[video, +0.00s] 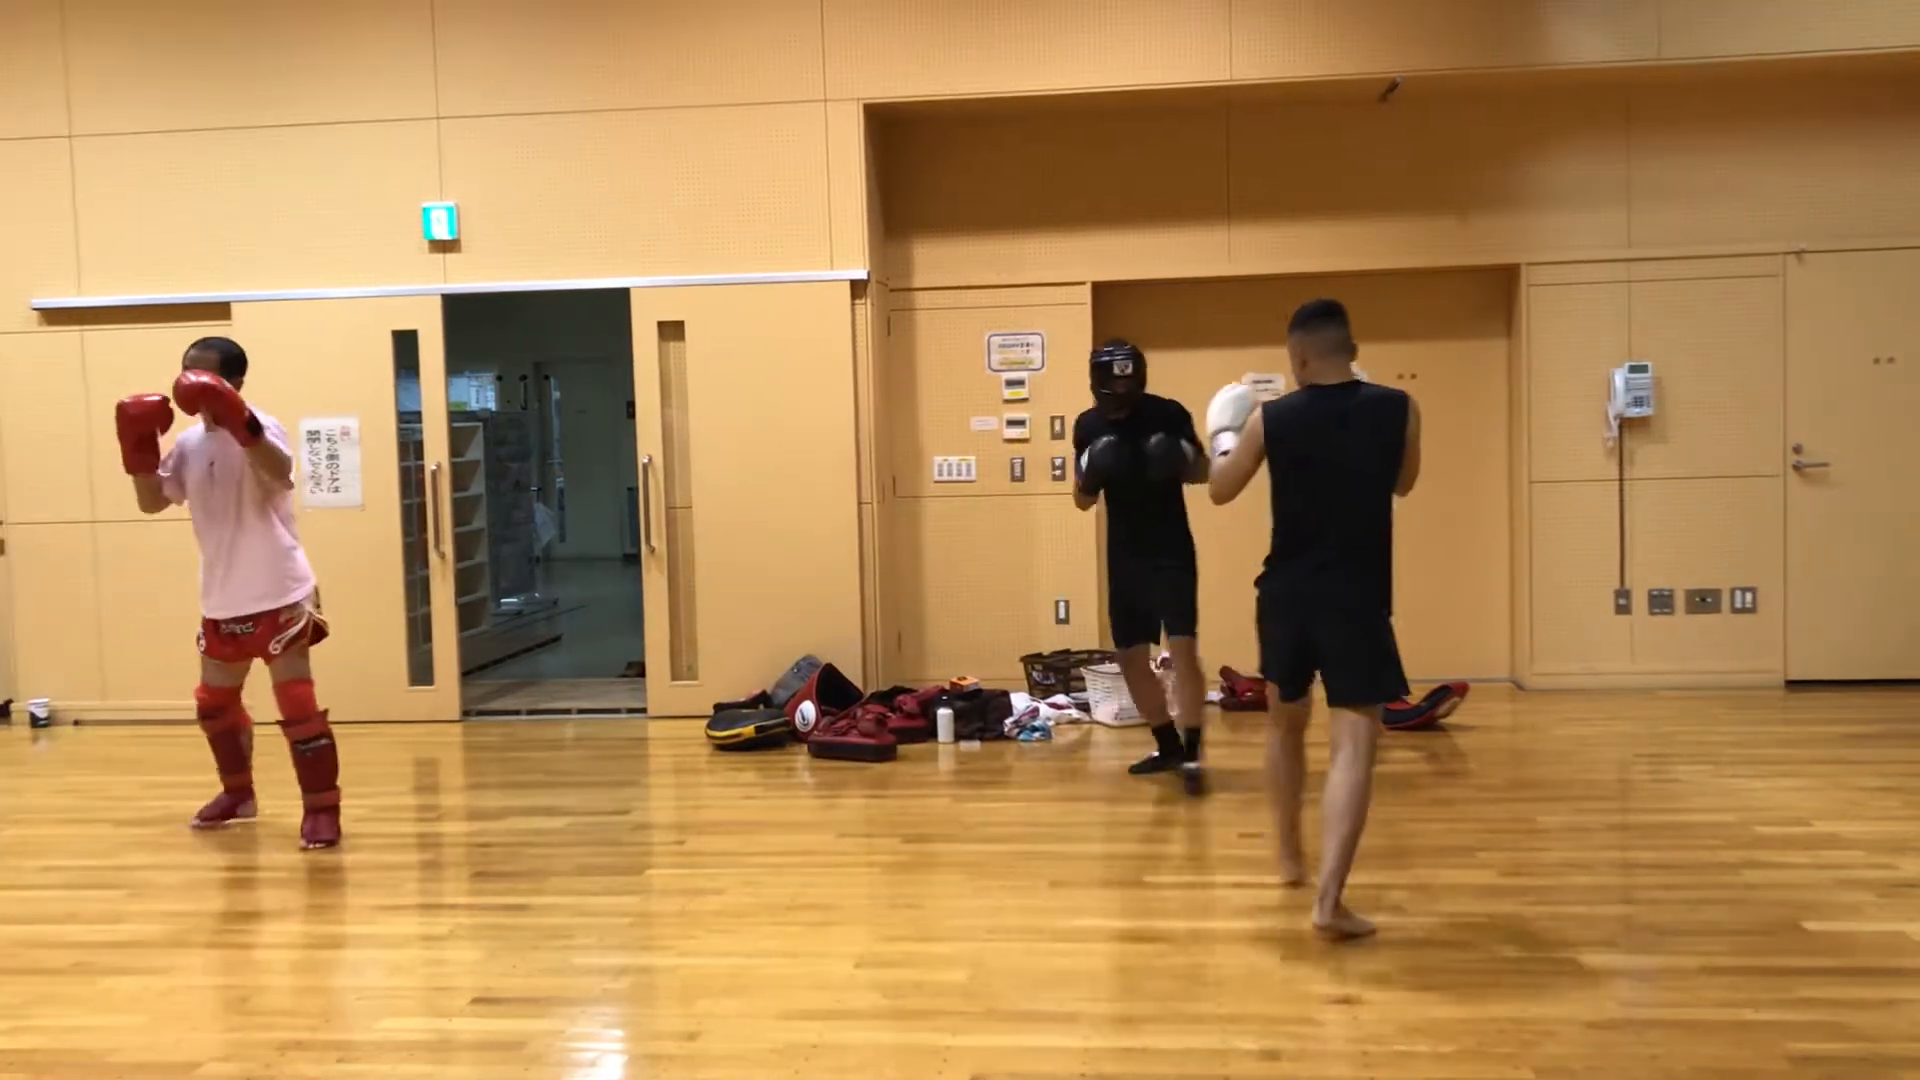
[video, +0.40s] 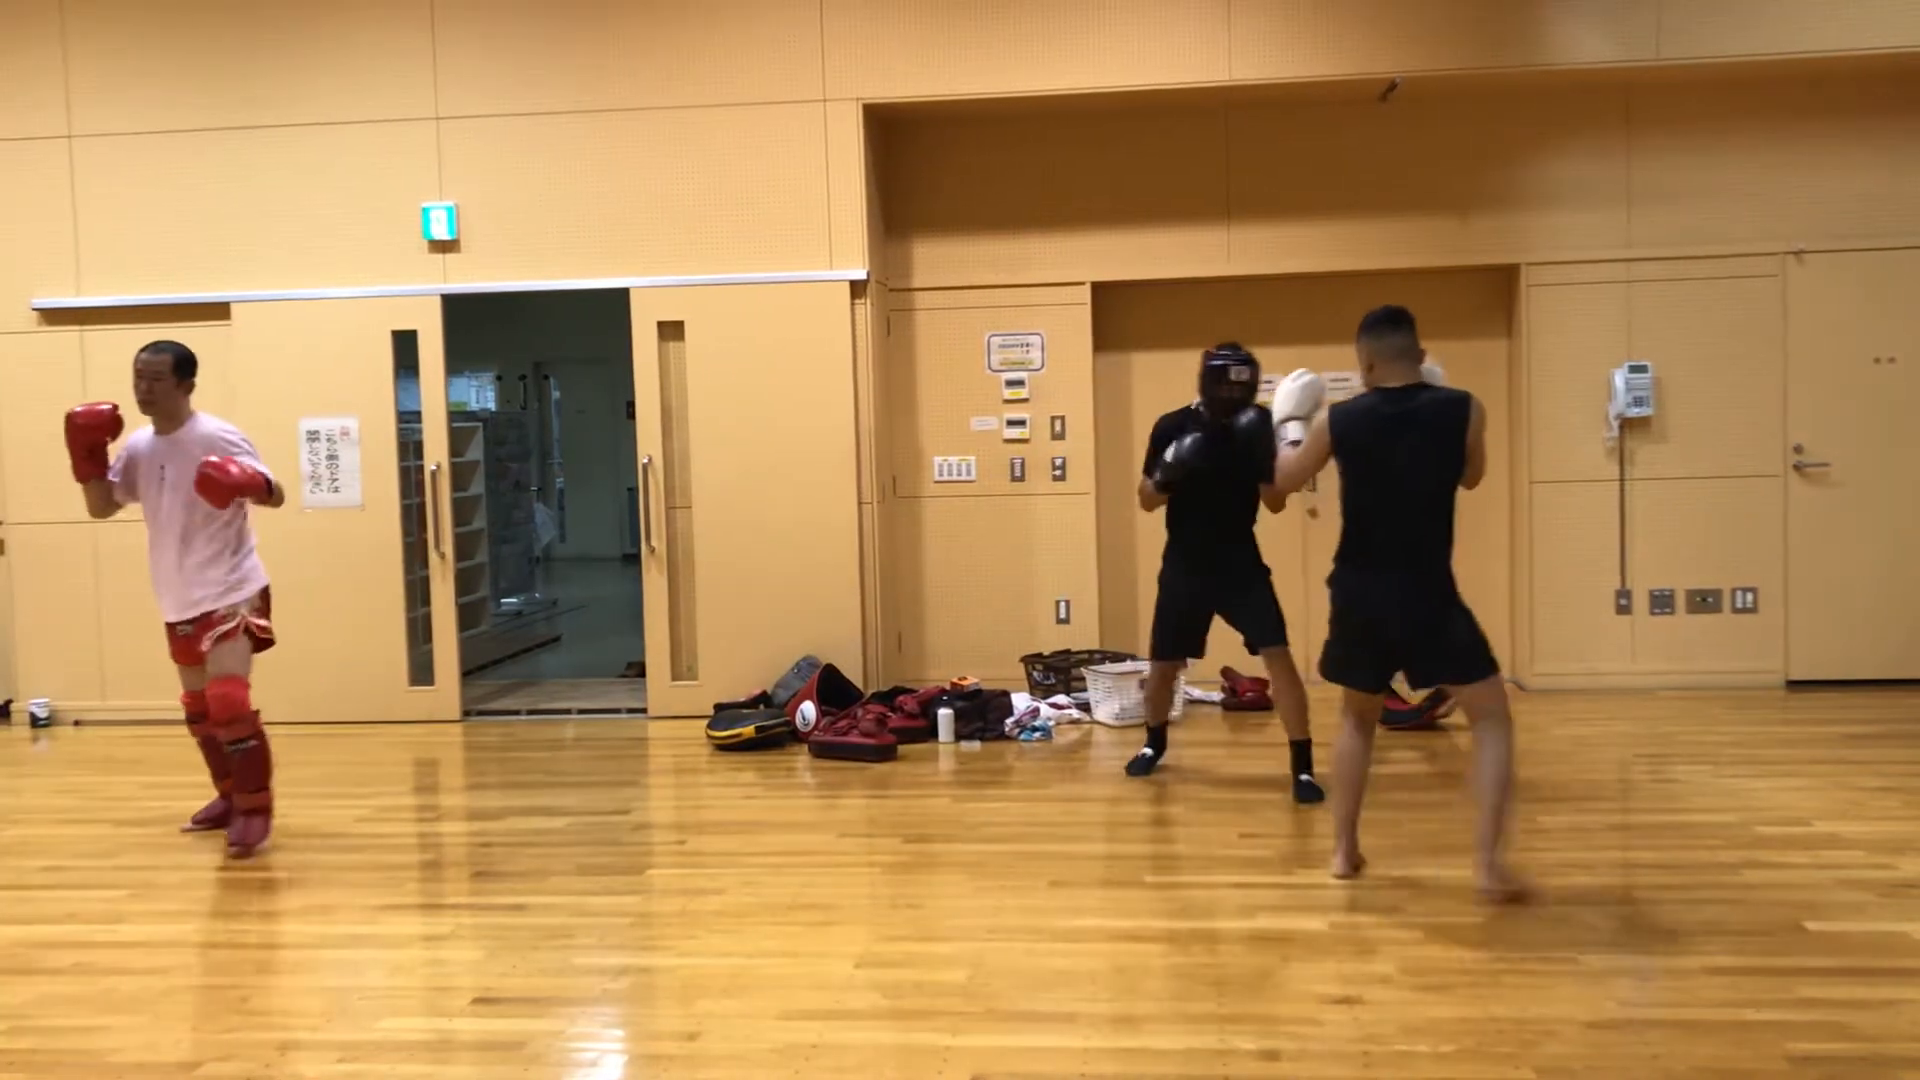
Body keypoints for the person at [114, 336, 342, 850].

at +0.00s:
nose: (194, 389)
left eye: (204, 378)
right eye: (189, 378)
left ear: (233, 382)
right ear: (183, 385)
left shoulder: (263, 429)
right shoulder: (188, 444)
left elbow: (282, 474)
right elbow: (153, 498)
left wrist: (238, 422)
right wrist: (138, 445)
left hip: (280, 587)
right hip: (223, 593)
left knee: (295, 700)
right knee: (216, 701)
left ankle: (321, 809)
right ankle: (237, 793)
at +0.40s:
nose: (143, 388)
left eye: (155, 379)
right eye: (138, 378)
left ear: (185, 385)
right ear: (133, 383)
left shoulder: (217, 439)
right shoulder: (138, 447)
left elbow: (274, 495)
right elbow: (102, 504)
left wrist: (247, 481)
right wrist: (87, 455)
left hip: (231, 592)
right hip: (178, 599)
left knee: (228, 704)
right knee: (199, 710)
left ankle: (254, 808)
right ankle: (229, 796)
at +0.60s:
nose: (133, 390)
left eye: (146, 382)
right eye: (128, 379)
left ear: (174, 389)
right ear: (120, 383)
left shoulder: (201, 443)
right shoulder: (116, 452)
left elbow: (258, 498)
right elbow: (87, 519)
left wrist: (236, 461)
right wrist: (71, 468)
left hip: (209, 595)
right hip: (154, 603)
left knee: (192, 713)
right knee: (172, 718)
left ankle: (201, 826)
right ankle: (227, 790)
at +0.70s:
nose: (123, 385)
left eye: (135, 377)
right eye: (117, 376)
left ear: (165, 385)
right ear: (110, 381)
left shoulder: (188, 439)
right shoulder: (105, 451)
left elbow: (241, 492)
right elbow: (77, 516)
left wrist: (210, 454)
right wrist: (57, 471)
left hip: (199, 595)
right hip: (139, 600)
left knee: (191, 719)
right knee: (131, 716)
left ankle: (203, 828)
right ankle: (203, 784)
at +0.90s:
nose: (94, 386)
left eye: (106, 377)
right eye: (86, 375)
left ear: (135, 383)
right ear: (76, 378)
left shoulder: (161, 435)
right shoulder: (69, 445)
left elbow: (195, 486)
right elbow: (30, 505)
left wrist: (149, 448)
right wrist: (21, 452)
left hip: (163, 604)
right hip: (95, 607)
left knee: (173, 726)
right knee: (67, 727)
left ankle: (200, 831)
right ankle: (80, 829)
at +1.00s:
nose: (80, 388)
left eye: (93, 379)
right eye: (73, 378)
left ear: (121, 386)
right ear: (63, 382)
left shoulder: (149, 440)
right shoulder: (56, 452)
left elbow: (188, 496)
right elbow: (18, 518)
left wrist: (135, 460)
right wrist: (12, 463)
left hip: (150, 604)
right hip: (82, 607)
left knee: (161, 727)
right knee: (57, 731)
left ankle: (193, 828)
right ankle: (76, 832)